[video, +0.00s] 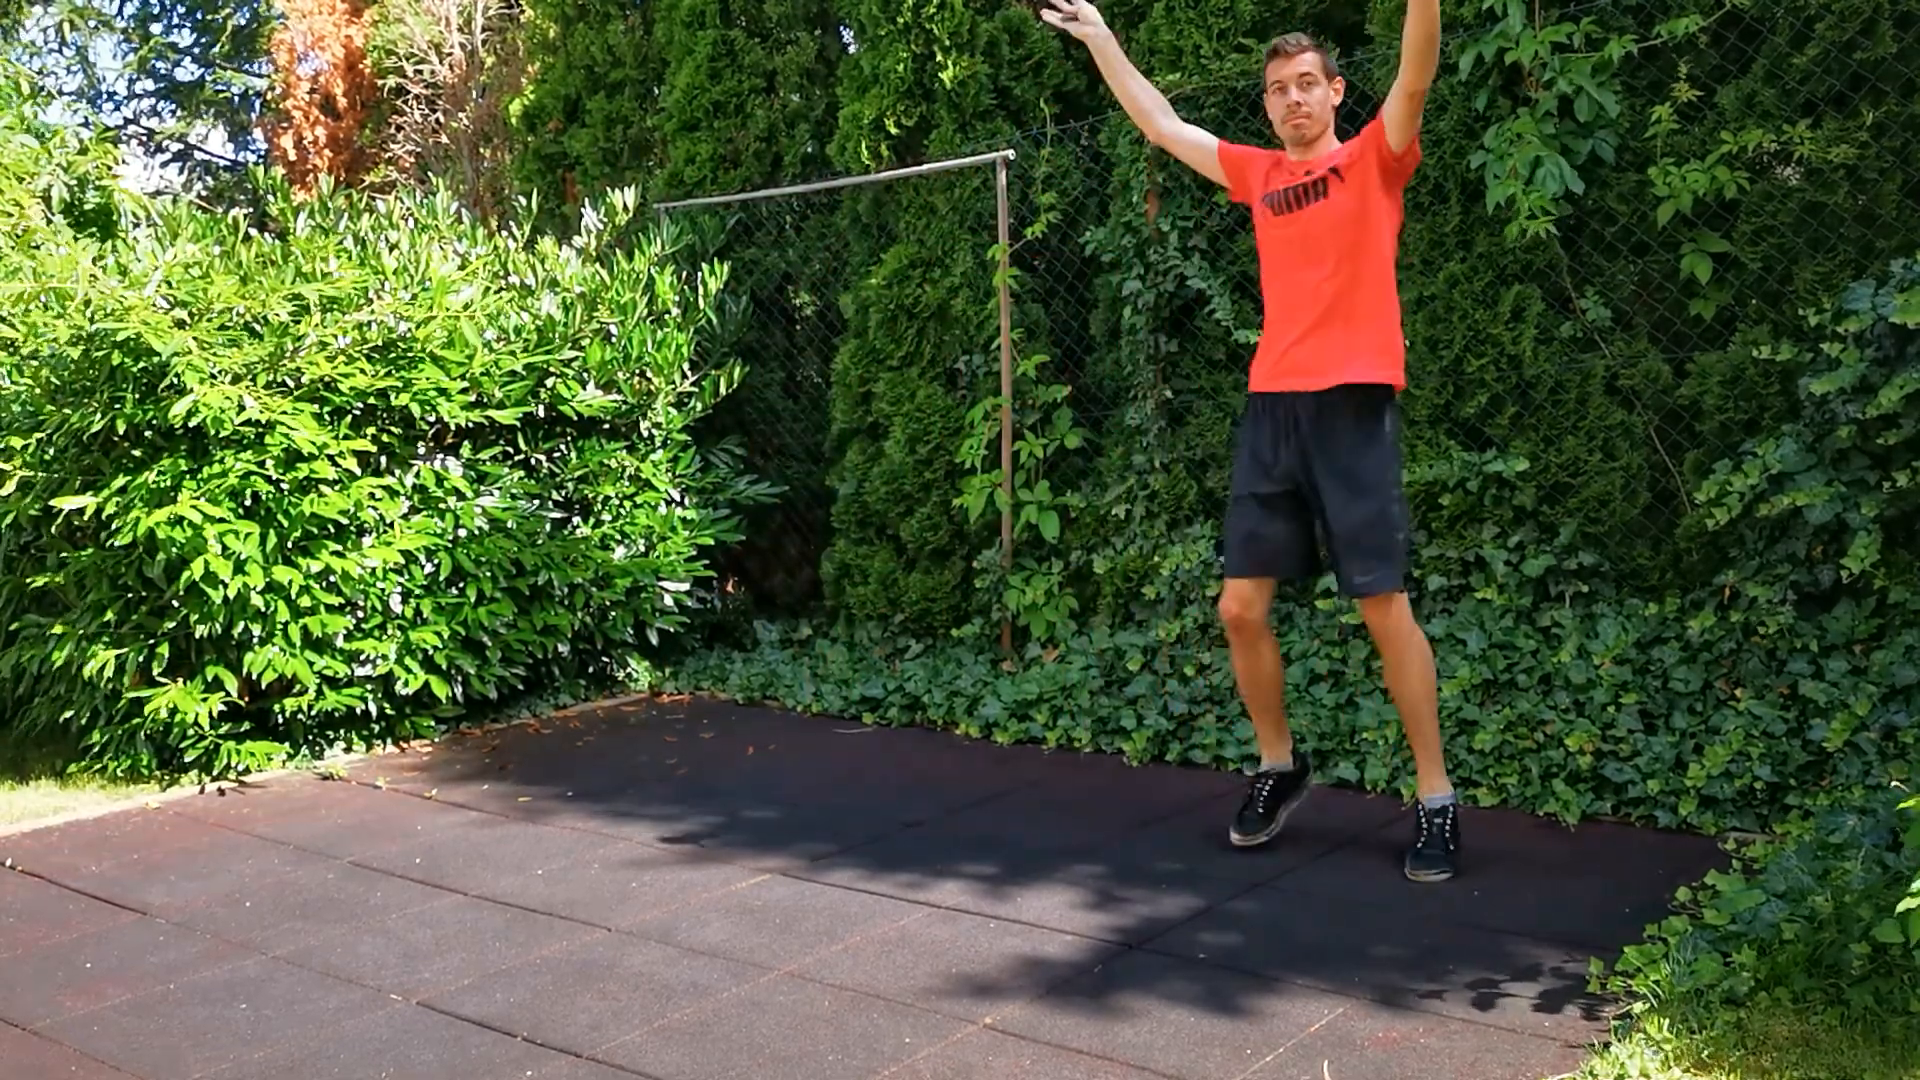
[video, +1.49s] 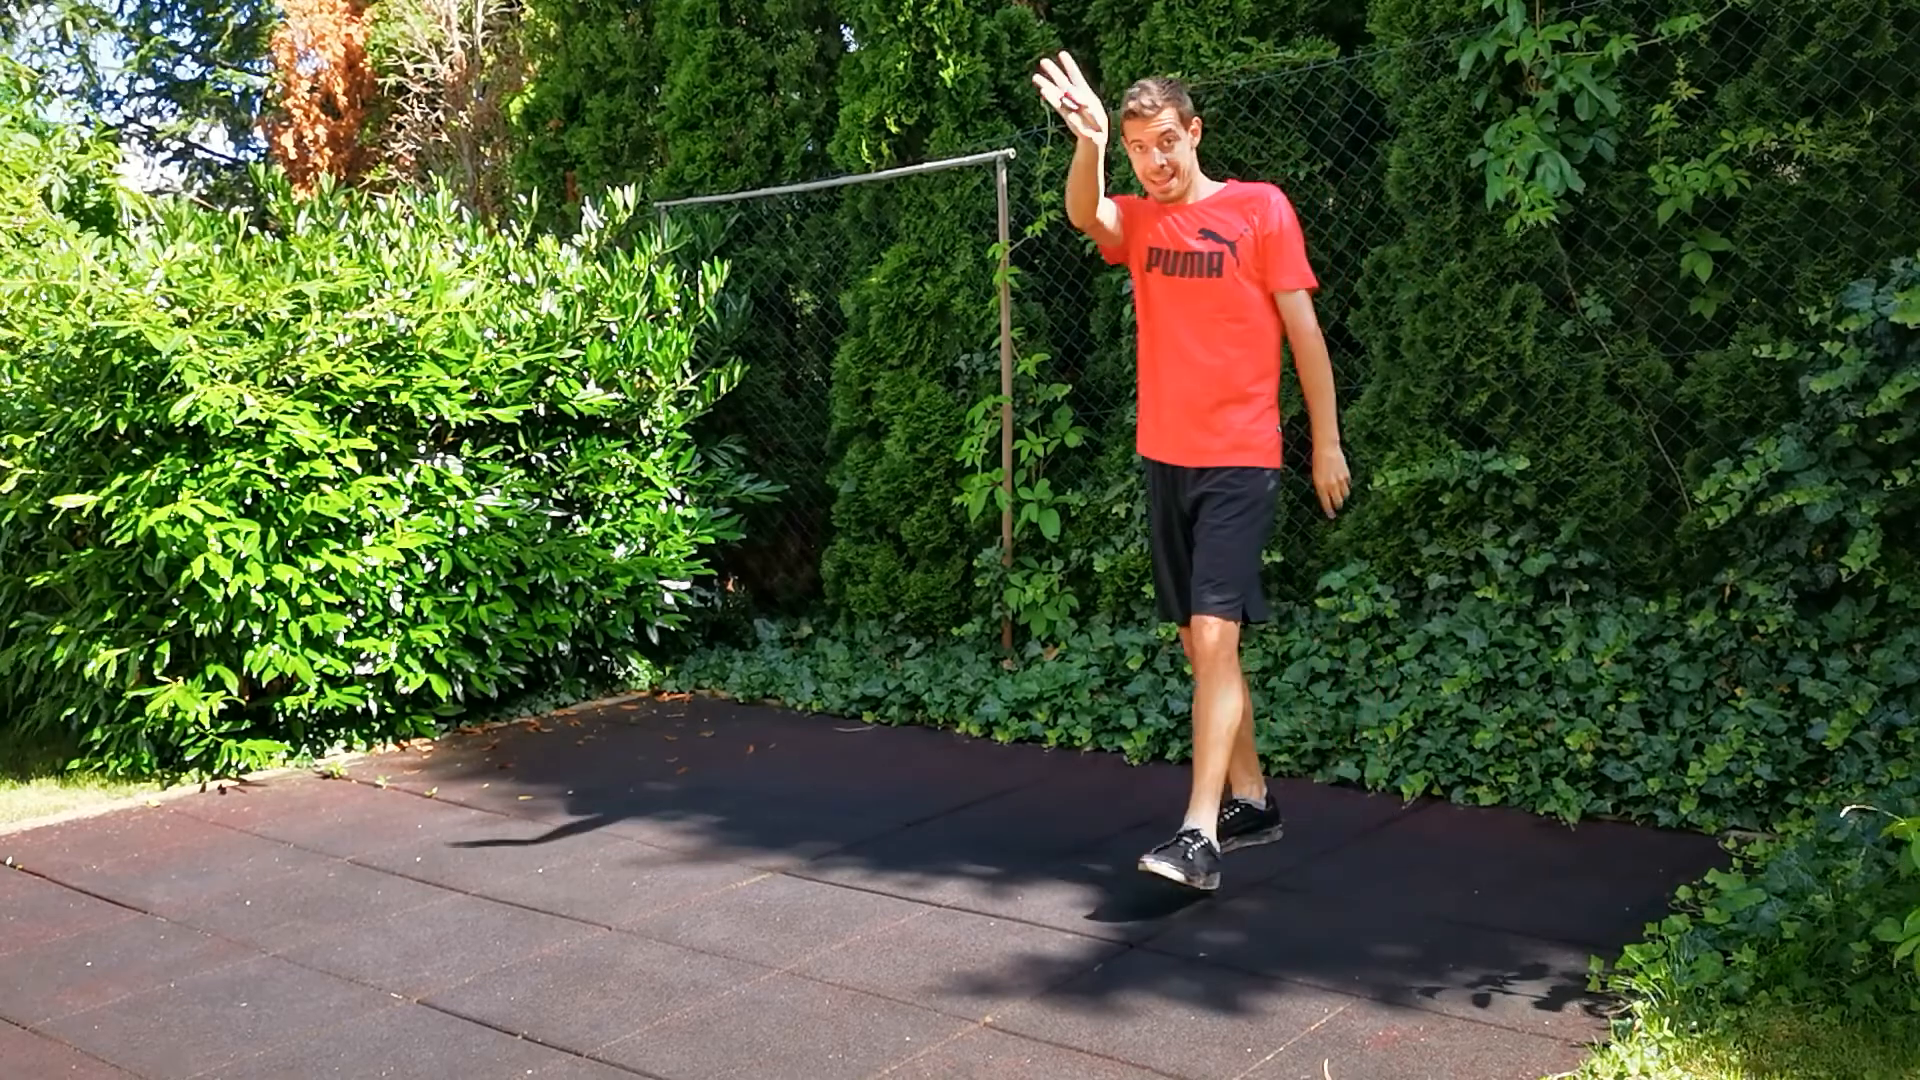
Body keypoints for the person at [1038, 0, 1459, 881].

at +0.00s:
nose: (1292, 100)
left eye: (1305, 84)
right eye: (1279, 90)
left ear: (1339, 90)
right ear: (1265, 106)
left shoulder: (1375, 156)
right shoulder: (1257, 172)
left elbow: (1416, 75)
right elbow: (1162, 124)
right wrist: (1097, 35)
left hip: (1356, 410)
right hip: (1272, 414)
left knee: (1385, 607)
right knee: (1241, 607)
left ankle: (1436, 800)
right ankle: (1277, 771)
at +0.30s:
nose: (1272, 134)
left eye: (1284, 119)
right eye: (1256, 124)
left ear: (1307, 130)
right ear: (1235, 142)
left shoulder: (1362, 198)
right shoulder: (1223, 215)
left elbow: (1465, 205)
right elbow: (1131, 158)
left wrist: (1531, 183)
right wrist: (1117, 52)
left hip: (1350, 457)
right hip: (1254, 460)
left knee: (1376, 643)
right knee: (1255, 649)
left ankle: (1408, 802)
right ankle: (1291, 798)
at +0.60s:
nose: (1297, 139)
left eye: (1310, 122)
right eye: (1280, 126)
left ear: (1336, 127)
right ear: (1264, 138)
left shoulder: (1388, 211)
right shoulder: (1256, 233)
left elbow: (1436, 325)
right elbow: (1213, 319)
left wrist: (1440, 431)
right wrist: (1172, 350)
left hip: (1353, 463)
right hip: (1265, 461)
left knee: (1356, 645)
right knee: (1229, 638)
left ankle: (1375, 810)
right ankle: (1273, 783)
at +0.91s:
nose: (1265, 152)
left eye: (1276, 133)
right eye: (1250, 139)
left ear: (1304, 126)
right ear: (1234, 142)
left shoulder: (1345, 192)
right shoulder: (1232, 220)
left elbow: (1334, 221)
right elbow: (1240, 322)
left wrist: (1293, 213)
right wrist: (1250, 412)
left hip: (1321, 454)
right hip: (1236, 455)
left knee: (1342, 635)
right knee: (1226, 633)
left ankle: (1374, 811)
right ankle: (1251, 800)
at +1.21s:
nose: (1200, 159)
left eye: (1210, 141)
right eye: (1185, 148)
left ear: (1239, 129)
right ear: (1173, 151)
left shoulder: (1285, 195)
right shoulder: (1182, 227)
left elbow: (1303, 273)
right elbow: (1158, 340)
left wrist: (1239, 301)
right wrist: (1100, 378)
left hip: (1270, 452)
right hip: (1200, 454)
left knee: (1263, 630)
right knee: (1217, 634)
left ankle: (1338, 793)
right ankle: (1252, 801)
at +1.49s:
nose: (1155, 161)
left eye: (1166, 142)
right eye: (1139, 148)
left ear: (1196, 132)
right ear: (1126, 150)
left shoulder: (1260, 209)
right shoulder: (1136, 218)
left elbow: (1304, 330)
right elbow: (1084, 212)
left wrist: (1326, 444)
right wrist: (1091, 139)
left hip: (1241, 460)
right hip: (1164, 462)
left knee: (1213, 636)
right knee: (1200, 640)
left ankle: (1198, 834)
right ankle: (1251, 797)